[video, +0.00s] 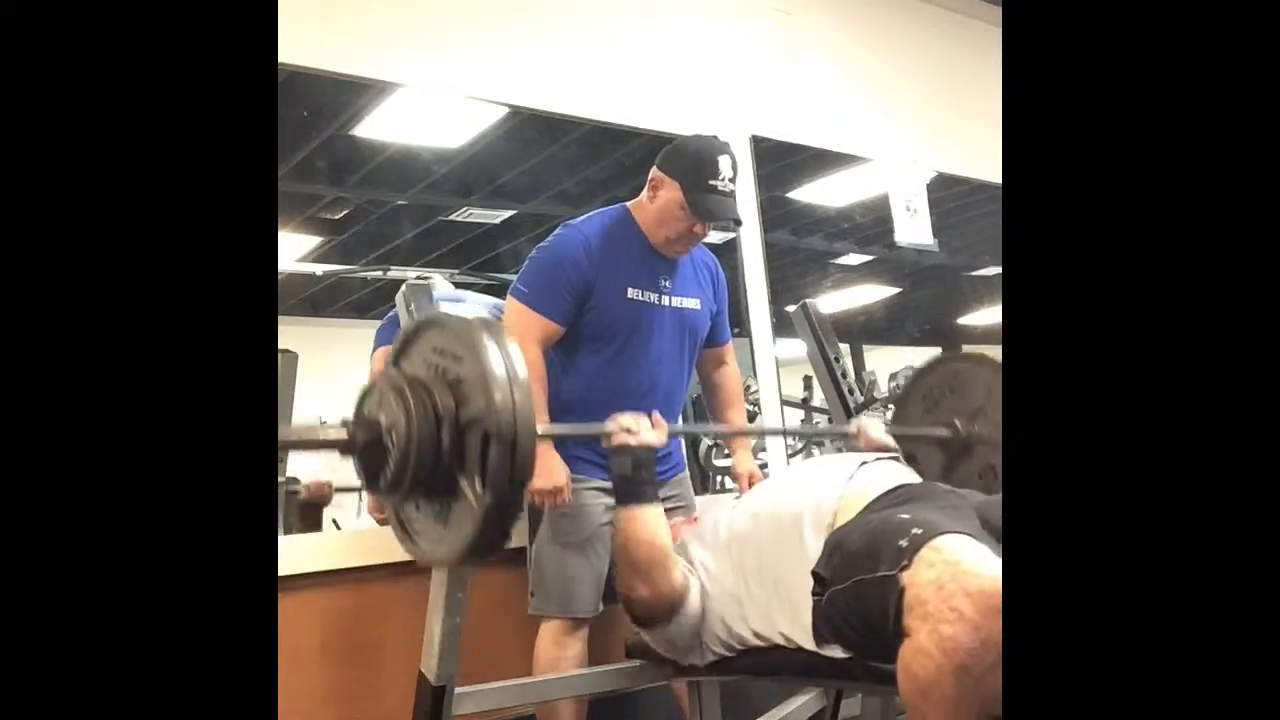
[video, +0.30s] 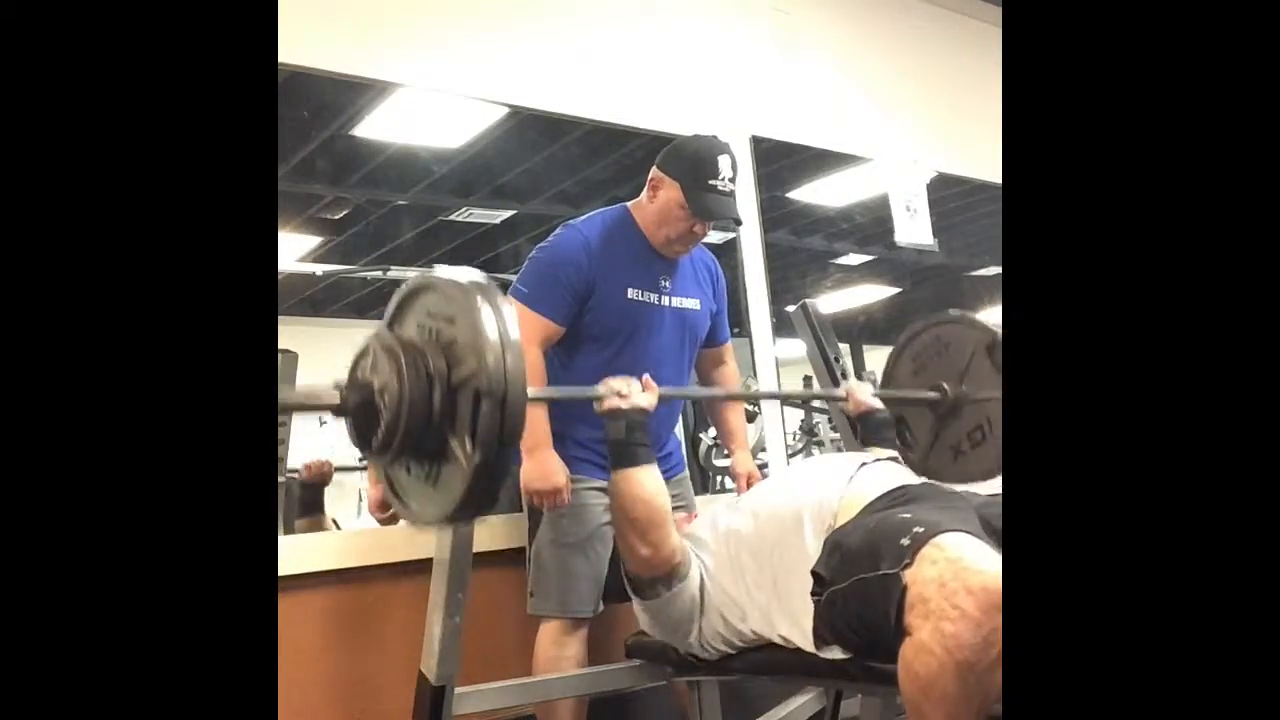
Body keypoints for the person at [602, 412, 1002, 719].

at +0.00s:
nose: (667, 509)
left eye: (666, 503)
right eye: (652, 518)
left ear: (681, 505)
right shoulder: (684, 605)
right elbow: (648, 588)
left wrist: (877, 449)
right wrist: (632, 465)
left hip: (942, 495)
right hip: (861, 529)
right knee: (974, 600)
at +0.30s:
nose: (677, 504)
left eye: (674, 500)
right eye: (661, 513)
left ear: (687, 502)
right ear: (645, 551)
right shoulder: (684, 595)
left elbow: (894, 480)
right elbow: (649, 544)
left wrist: (869, 422)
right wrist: (629, 427)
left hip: (944, 494)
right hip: (860, 528)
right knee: (974, 593)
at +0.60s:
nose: (687, 493)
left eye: (685, 488)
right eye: (672, 496)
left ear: (700, 497)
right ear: (661, 529)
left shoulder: (754, 507)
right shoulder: (687, 576)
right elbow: (674, 646)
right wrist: (646, 516)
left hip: (948, 495)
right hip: (869, 528)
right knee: (973, 607)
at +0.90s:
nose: (688, 503)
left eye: (688, 498)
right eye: (674, 506)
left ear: (703, 503)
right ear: (668, 537)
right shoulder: (690, 576)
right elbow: (671, 640)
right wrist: (647, 514)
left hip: (951, 494)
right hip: (873, 528)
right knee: (976, 611)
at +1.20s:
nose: (672, 509)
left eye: (670, 503)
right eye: (658, 516)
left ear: (683, 503)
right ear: (644, 557)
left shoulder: (767, 510)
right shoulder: (683, 600)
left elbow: (878, 483)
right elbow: (641, 550)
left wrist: (862, 431)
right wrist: (627, 434)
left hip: (940, 499)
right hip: (858, 533)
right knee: (975, 592)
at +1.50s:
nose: (675, 509)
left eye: (670, 504)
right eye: (657, 517)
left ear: (684, 507)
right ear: (639, 568)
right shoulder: (681, 606)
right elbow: (654, 580)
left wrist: (869, 441)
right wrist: (628, 455)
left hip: (940, 496)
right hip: (854, 530)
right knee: (971, 595)